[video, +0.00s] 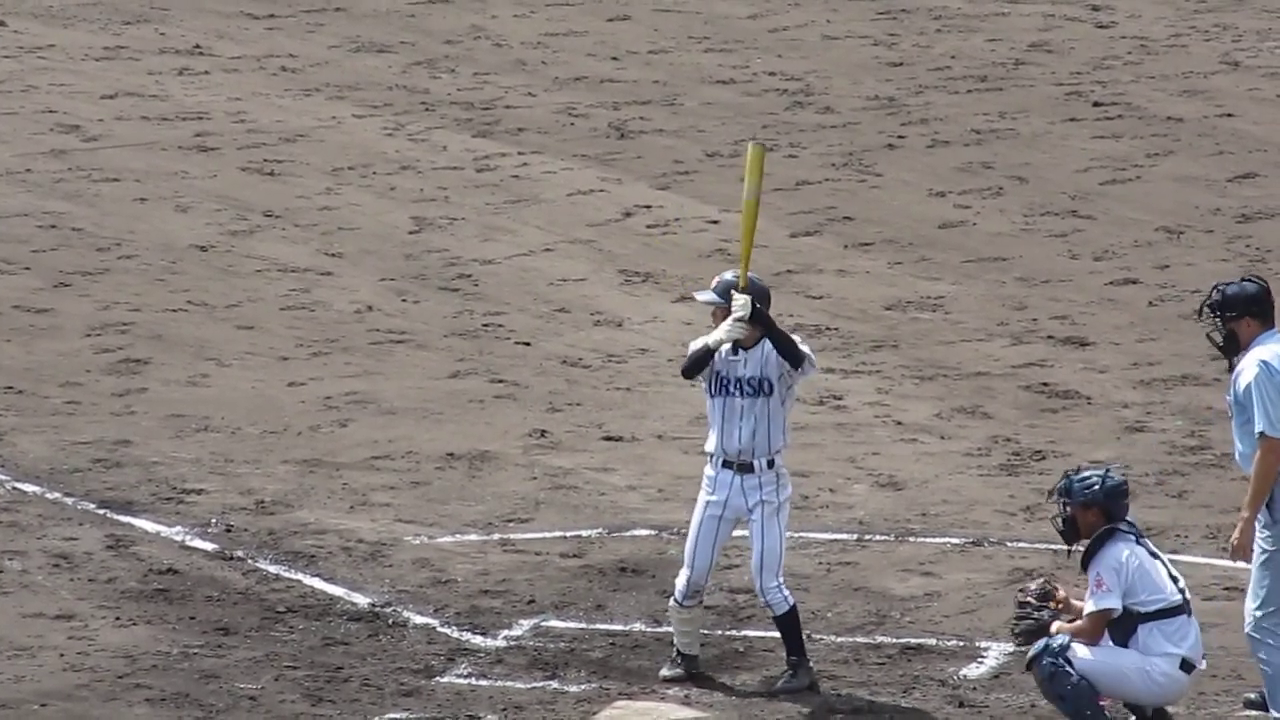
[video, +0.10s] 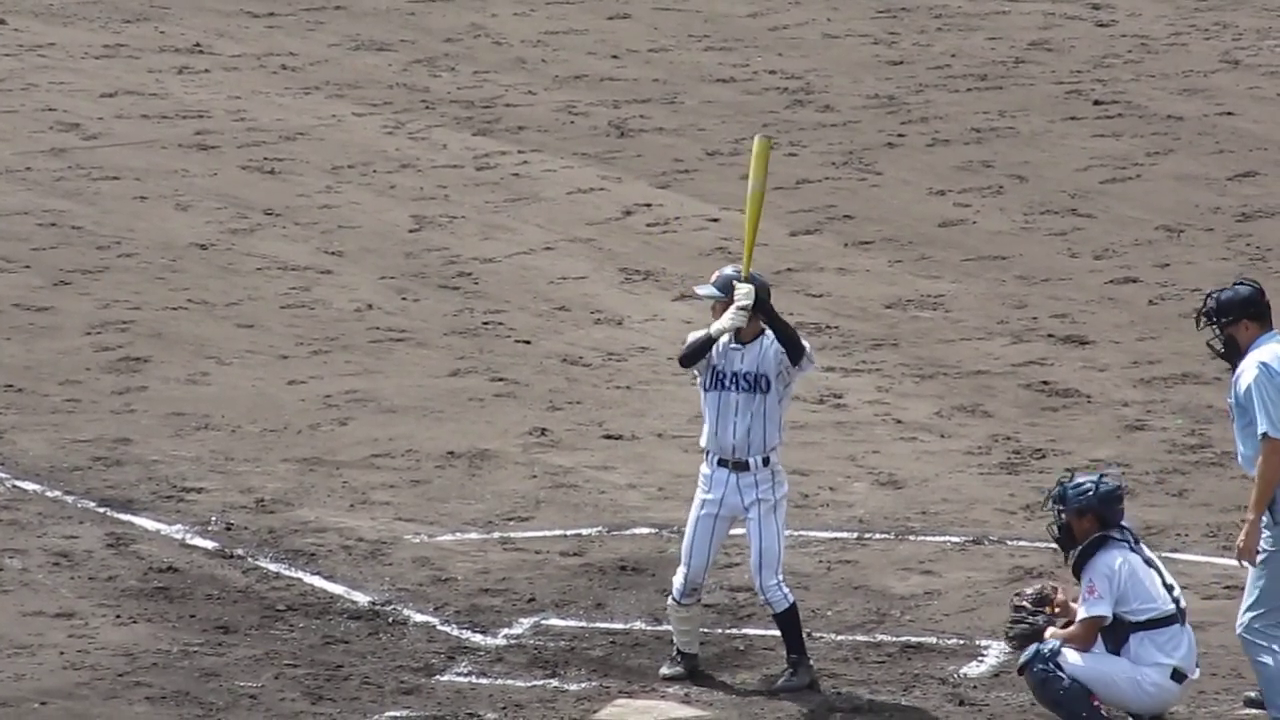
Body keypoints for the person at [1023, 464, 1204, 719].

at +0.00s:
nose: (1066, 515)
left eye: (1072, 508)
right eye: (1067, 508)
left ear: (1094, 513)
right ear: (1097, 512)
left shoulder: (1109, 555)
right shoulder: (1128, 538)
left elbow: (1090, 633)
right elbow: (1118, 617)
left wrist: (1057, 628)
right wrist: (1072, 606)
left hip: (1163, 675)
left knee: (1049, 657)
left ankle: (1094, 714)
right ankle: (1148, 711)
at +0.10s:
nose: (1061, 523)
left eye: (1067, 516)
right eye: (1062, 515)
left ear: (1088, 520)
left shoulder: (1102, 562)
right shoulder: (1125, 542)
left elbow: (1083, 639)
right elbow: (1113, 620)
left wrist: (1049, 634)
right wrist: (1070, 609)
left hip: (1155, 685)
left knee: (1040, 661)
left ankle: (1093, 714)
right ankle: (1145, 711)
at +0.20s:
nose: (1055, 531)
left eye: (1060, 524)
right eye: (1055, 523)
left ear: (1080, 527)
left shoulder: (1093, 568)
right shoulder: (1124, 550)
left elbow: (1075, 644)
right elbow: (1111, 628)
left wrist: (1046, 639)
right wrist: (1064, 614)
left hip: (1148, 693)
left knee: (1032, 665)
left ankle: (1091, 715)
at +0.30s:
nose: (1049, 539)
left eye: (1053, 531)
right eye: (1049, 531)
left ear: (1073, 533)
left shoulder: (1087, 574)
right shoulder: (1117, 553)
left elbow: (1068, 649)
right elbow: (1105, 632)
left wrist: (1038, 643)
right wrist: (1059, 617)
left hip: (1144, 697)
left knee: (1028, 670)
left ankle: (1085, 712)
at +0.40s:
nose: (1040, 538)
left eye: (1044, 530)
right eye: (1040, 530)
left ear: (1064, 531)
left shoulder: (1081, 574)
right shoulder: (1108, 548)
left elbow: (1061, 648)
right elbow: (1098, 626)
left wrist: (1031, 639)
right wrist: (1051, 609)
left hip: (1138, 694)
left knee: (1022, 671)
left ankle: (1090, 714)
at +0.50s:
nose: (1032, 541)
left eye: (1036, 533)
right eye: (1032, 534)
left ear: (1057, 535)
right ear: (1079, 528)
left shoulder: (1074, 580)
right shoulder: (1101, 549)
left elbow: (1056, 655)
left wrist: (1031, 644)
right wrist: (1040, 607)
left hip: (1135, 694)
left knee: (1018, 675)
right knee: (1047, 632)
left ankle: (1081, 713)